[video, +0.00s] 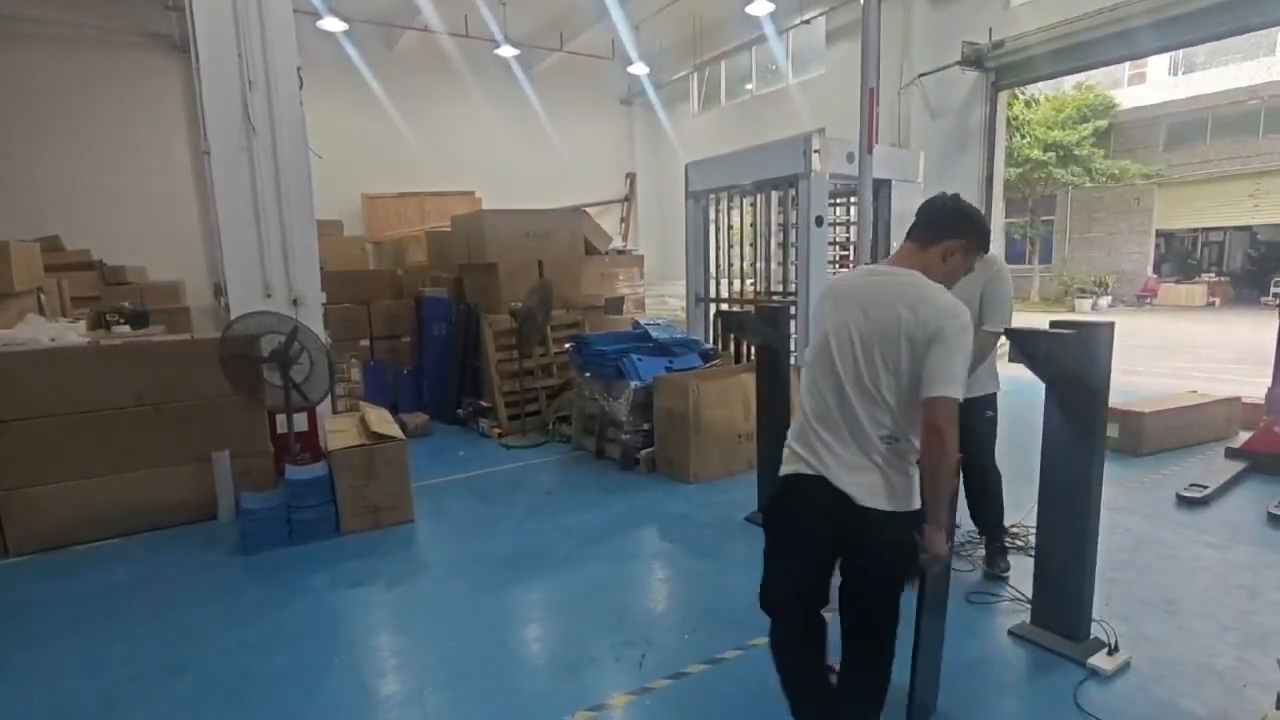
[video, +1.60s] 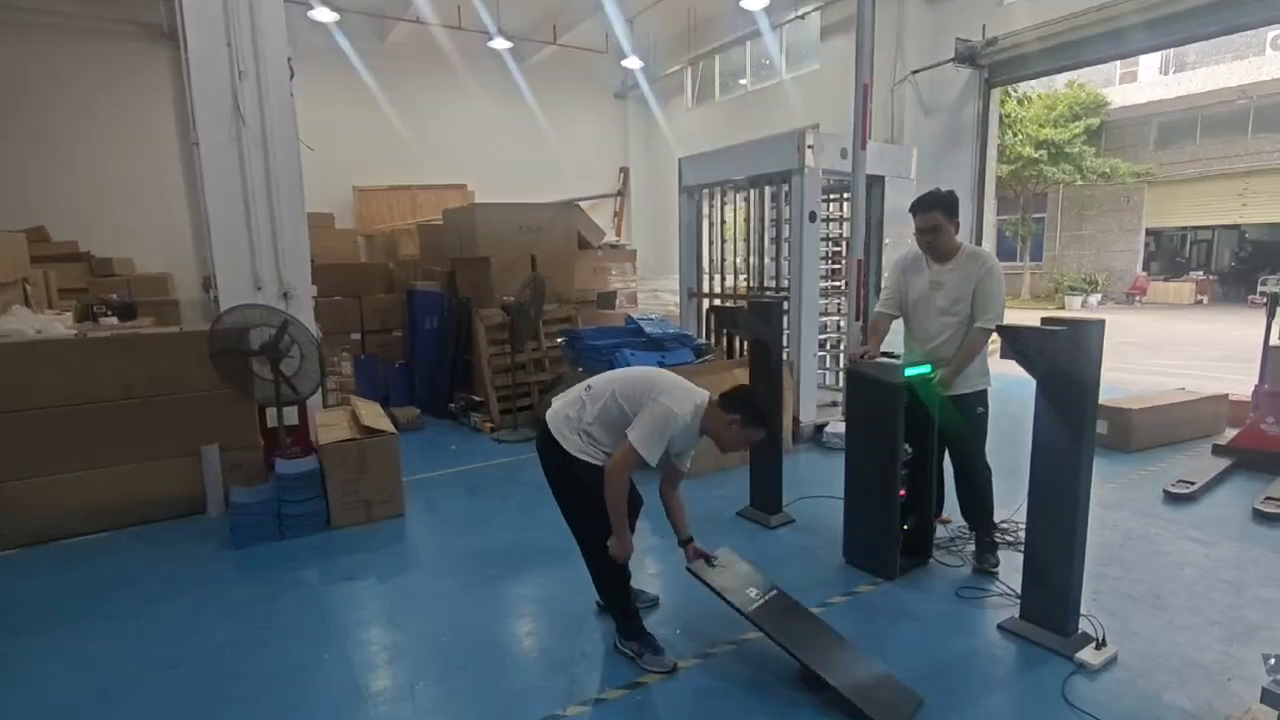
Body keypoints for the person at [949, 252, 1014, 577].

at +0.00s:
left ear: (978, 231)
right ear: (947, 231)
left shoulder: (993, 268)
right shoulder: (924, 260)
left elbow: (991, 333)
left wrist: (956, 373)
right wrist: (924, 367)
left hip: (976, 389)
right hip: (930, 388)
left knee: (980, 469)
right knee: (930, 465)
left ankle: (995, 544)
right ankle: (932, 538)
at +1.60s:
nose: (924, 239)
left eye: (932, 231)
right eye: (919, 231)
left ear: (955, 226)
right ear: (913, 229)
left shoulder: (983, 264)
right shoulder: (906, 263)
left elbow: (984, 326)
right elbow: (884, 311)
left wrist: (952, 370)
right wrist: (871, 345)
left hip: (966, 383)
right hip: (919, 382)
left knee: (970, 465)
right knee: (921, 465)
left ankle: (984, 540)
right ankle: (917, 543)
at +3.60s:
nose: (919, 245)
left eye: (927, 237)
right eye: (914, 237)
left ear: (951, 233)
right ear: (910, 235)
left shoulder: (980, 271)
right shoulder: (903, 270)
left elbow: (981, 333)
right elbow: (882, 316)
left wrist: (951, 374)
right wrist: (870, 352)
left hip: (963, 393)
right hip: (916, 392)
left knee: (969, 472)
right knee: (919, 473)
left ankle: (983, 543)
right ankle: (916, 548)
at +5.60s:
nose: (918, 241)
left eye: (926, 234)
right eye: (917, 234)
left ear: (955, 231)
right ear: (922, 231)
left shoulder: (990, 269)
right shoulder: (912, 268)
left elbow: (992, 331)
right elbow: (892, 314)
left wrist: (961, 375)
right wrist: (880, 351)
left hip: (976, 391)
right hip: (928, 391)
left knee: (983, 471)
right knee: (933, 472)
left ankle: (998, 544)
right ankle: (931, 548)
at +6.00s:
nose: (916, 241)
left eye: (924, 234)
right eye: (915, 233)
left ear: (953, 232)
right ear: (929, 232)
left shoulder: (989, 268)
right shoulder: (912, 267)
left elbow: (991, 330)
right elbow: (892, 313)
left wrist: (960, 374)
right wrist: (880, 350)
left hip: (975, 389)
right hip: (927, 390)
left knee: (982, 471)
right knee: (932, 471)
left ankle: (997, 543)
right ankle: (930, 545)